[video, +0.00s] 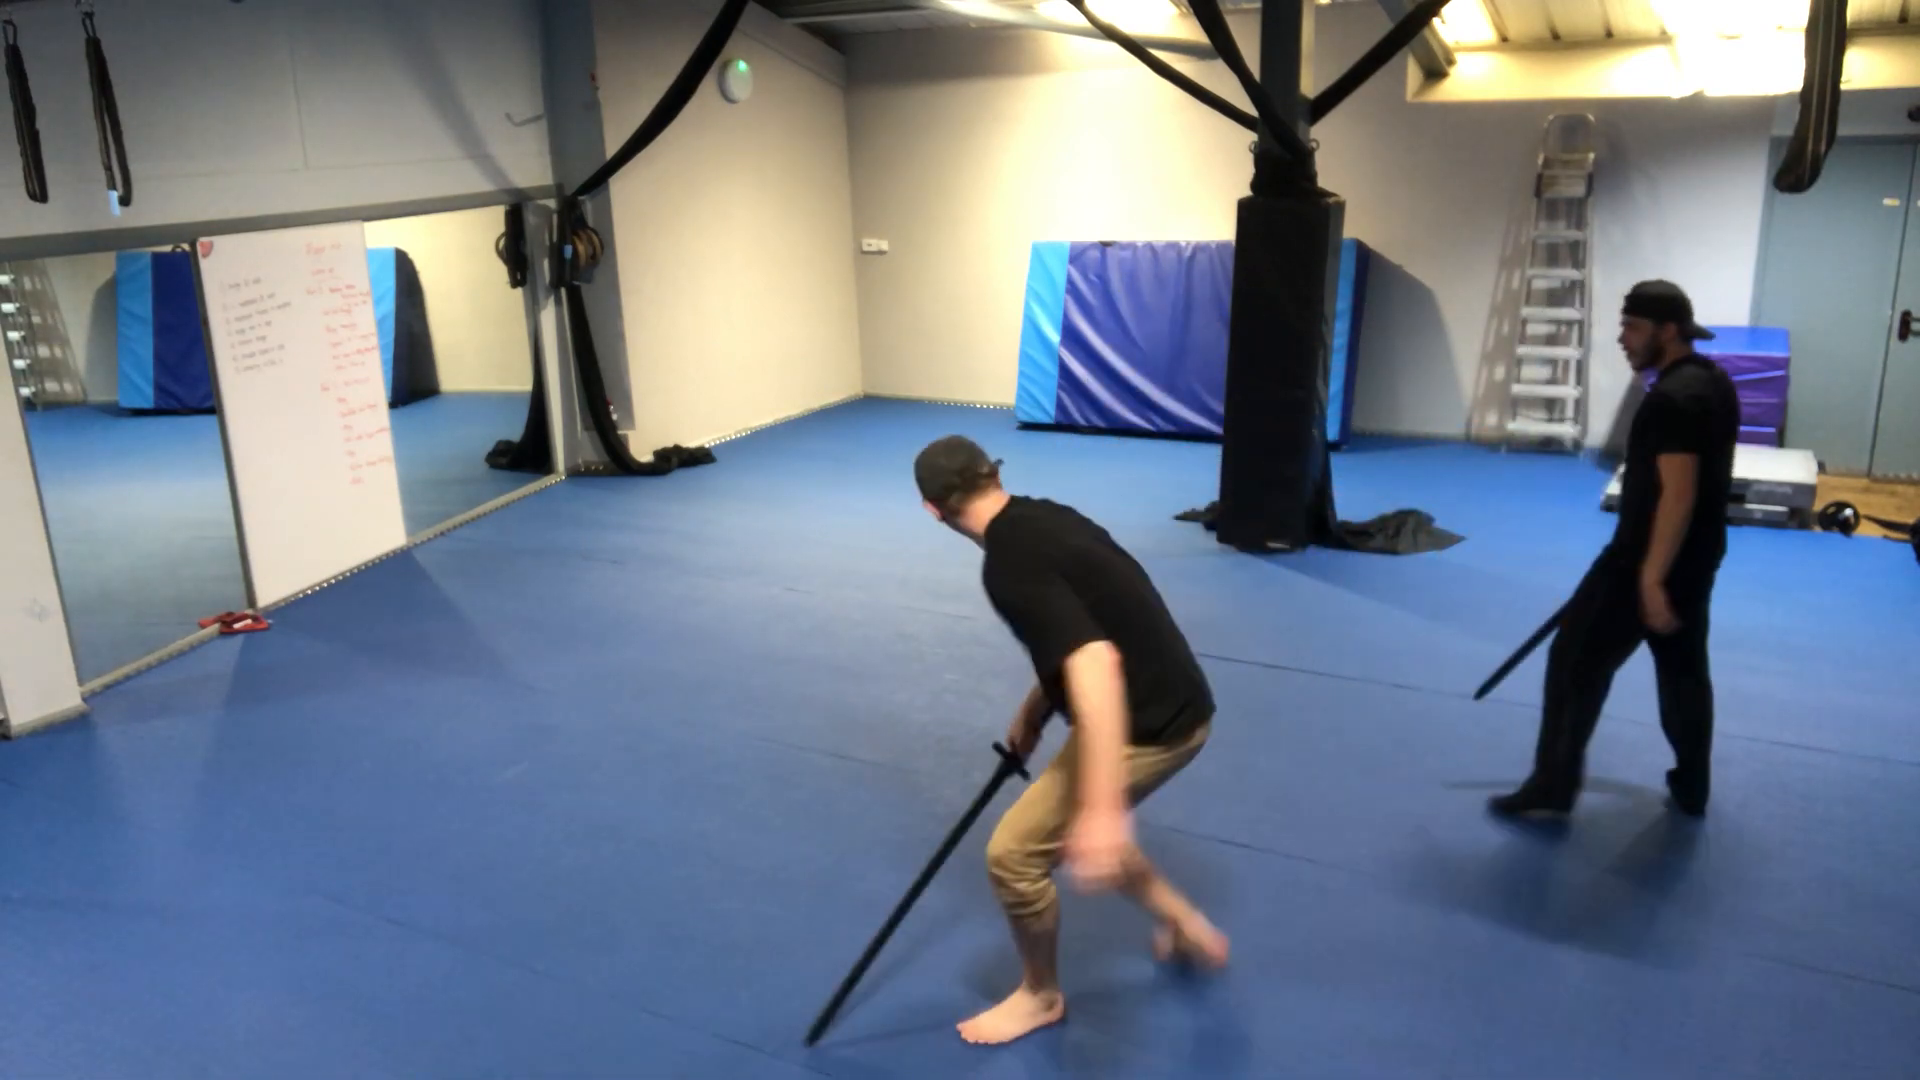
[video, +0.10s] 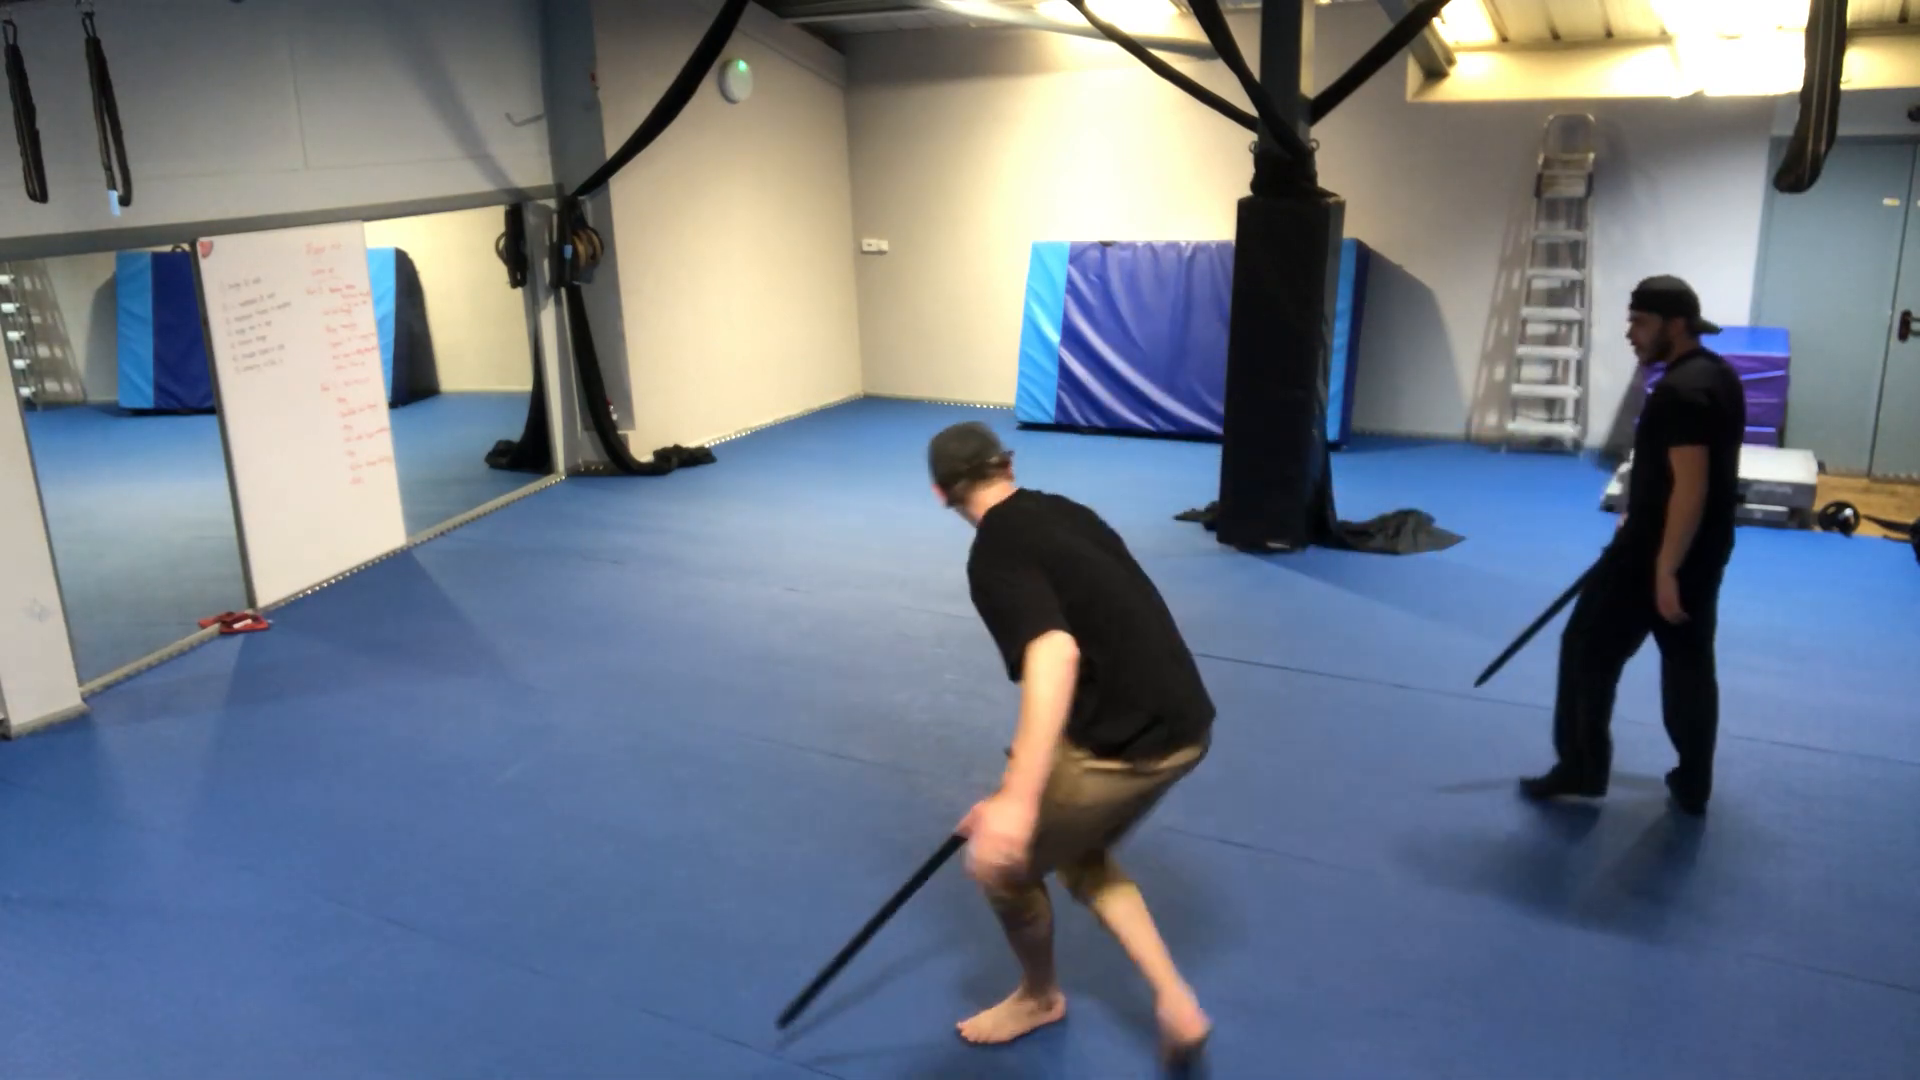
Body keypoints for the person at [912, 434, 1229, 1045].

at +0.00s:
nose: (934, 512)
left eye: (929, 503)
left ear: (936, 508)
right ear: (996, 474)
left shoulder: (1011, 559)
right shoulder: (1045, 518)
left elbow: (1095, 657)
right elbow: (1079, 632)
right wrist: (1032, 715)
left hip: (1145, 727)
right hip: (1175, 703)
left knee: (1013, 857)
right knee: (1082, 825)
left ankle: (1040, 993)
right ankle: (1189, 929)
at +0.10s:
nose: (940, 497)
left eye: (938, 486)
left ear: (942, 493)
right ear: (1008, 466)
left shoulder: (998, 550)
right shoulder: (1067, 514)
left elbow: (1054, 652)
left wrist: (1017, 798)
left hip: (1128, 744)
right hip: (1181, 723)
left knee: (1000, 861)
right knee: (1080, 852)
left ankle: (1040, 994)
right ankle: (1176, 1001)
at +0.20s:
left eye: (980, 471)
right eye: (1036, 460)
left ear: (974, 479)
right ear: (1041, 464)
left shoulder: (996, 540)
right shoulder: (1102, 518)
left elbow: (1029, 637)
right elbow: (1126, 628)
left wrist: (983, 785)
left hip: (1099, 765)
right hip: (1188, 749)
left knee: (994, 863)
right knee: (1125, 896)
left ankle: (1041, 996)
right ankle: (1156, 1063)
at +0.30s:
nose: (1092, 473)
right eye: (1093, 465)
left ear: (1021, 474)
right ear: (1087, 470)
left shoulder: (1007, 542)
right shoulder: (1142, 538)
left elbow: (1006, 643)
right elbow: (1198, 664)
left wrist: (954, 794)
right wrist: (1128, 726)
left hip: (1077, 786)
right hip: (1180, 781)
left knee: (994, 872)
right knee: (1157, 951)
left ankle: (1042, 998)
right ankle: (1158, 1073)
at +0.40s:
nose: (1143, 484)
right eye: (1144, 477)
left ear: (1067, 477)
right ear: (1135, 481)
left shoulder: (1018, 548)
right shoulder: (1173, 557)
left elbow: (969, 653)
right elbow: (1236, 696)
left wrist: (918, 800)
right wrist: (1192, 738)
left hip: (1056, 802)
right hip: (1163, 807)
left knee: (998, 879)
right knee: (1151, 981)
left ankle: (1044, 1007)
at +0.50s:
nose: (1178, 488)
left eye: (1178, 480)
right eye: (1179, 480)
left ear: (1098, 474)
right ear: (1168, 482)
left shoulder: (1032, 542)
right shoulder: (1197, 566)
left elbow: (943, 650)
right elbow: (1254, 717)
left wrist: (889, 774)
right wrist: (1226, 790)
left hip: (1037, 811)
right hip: (1150, 822)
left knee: (1001, 892)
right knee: (1150, 982)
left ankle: (1042, 1014)